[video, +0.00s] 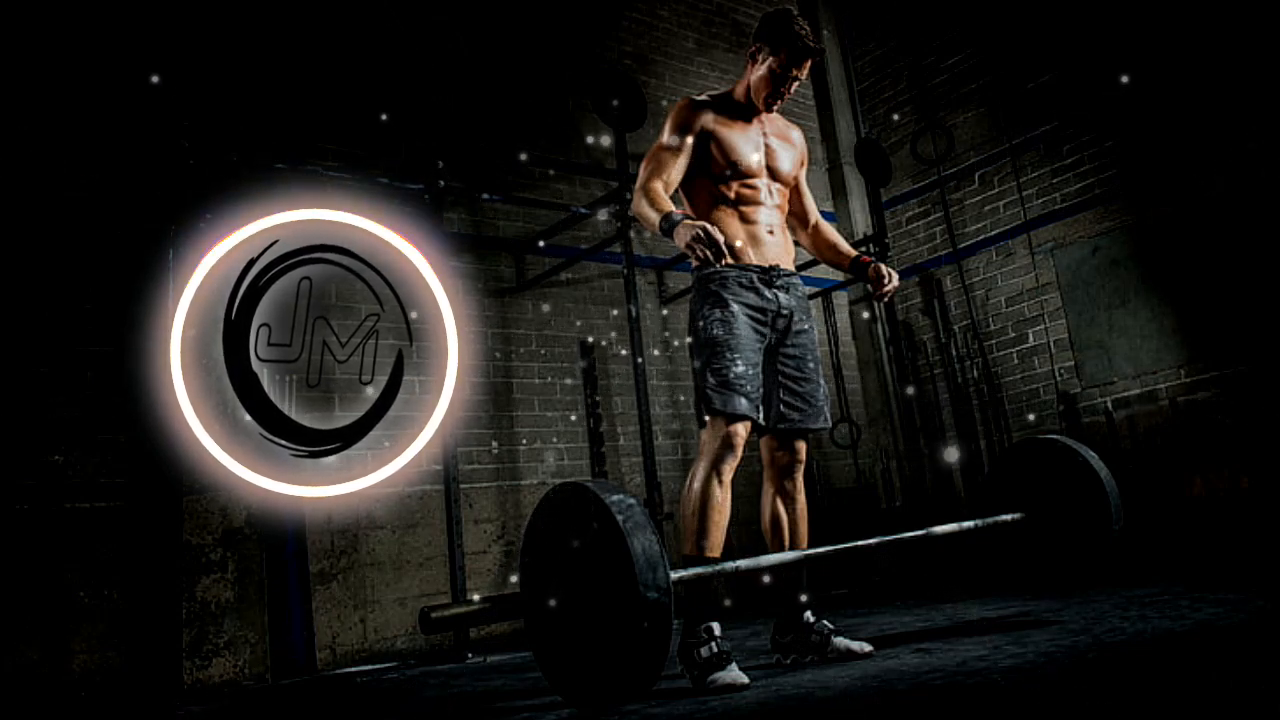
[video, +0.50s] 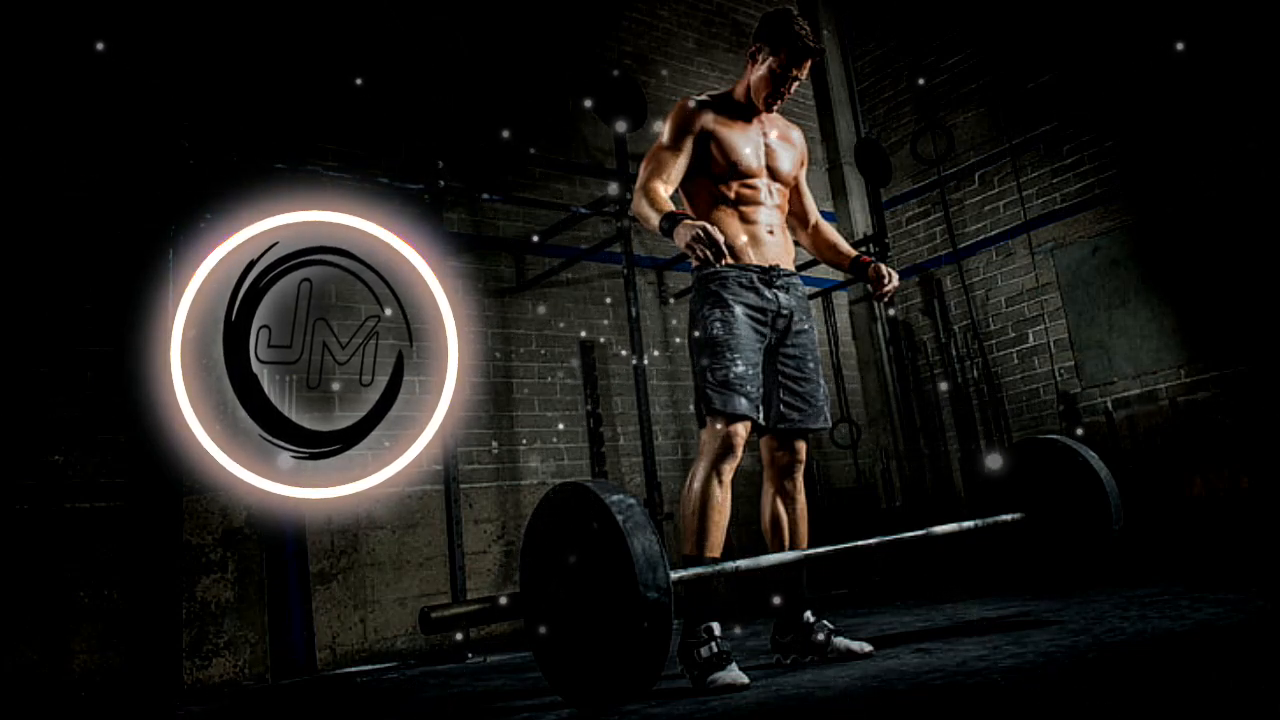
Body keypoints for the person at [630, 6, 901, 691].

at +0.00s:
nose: (789, 89)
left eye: (799, 79)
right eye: (786, 72)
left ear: (801, 76)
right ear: (756, 57)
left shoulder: (792, 137)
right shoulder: (697, 115)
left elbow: (808, 224)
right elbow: (646, 197)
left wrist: (860, 264)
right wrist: (677, 225)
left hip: (791, 297)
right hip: (731, 292)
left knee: (790, 455)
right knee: (730, 436)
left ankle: (796, 624)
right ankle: (699, 634)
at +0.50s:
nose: (788, 90)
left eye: (798, 80)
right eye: (785, 75)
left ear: (800, 77)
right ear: (756, 58)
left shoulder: (792, 136)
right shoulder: (697, 117)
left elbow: (808, 224)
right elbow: (645, 197)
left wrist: (861, 265)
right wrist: (676, 225)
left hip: (790, 297)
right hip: (730, 292)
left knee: (790, 455)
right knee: (729, 437)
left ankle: (796, 623)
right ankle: (698, 634)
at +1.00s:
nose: (789, 91)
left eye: (799, 81)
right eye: (786, 75)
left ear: (801, 77)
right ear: (756, 59)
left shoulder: (792, 136)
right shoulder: (699, 115)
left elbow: (809, 224)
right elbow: (644, 198)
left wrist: (860, 265)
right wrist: (675, 226)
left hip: (790, 297)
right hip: (731, 292)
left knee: (790, 455)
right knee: (729, 437)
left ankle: (798, 624)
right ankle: (699, 634)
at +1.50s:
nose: (789, 89)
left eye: (798, 80)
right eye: (786, 74)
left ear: (800, 77)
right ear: (757, 58)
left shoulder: (792, 136)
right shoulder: (698, 115)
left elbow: (808, 224)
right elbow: (646, 197)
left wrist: (860, 265)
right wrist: (675, 226)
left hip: (790, 297)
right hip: (730, 292)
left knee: (790, 455)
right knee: (729, 437)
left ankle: (797, 624)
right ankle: (699, 634)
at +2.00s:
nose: (789, 88)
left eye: (799, 78)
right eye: (786, 72)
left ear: (801, 77)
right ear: (756, 58)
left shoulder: (792, 137)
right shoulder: (697, 117)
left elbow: (808, 224)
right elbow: (645, 197)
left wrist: (860, 264)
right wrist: (676, 226)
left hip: (790, 297)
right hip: (730, 293)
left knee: (790, 455)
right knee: (730, 437)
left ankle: (798, 624)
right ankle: (699, 634)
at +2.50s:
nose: (793, 88)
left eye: (802, 78)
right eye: (789, 73)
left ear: (804, 76)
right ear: (757, 58)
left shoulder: (792, 136)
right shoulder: (697, 115)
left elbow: (809, 225)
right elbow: (645, 198)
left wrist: (860, 264)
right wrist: (677, 225)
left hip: (790, 297)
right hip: (730, 292)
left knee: (790, 455)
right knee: (729, 439)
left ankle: (798, 624)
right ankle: (699, 634)